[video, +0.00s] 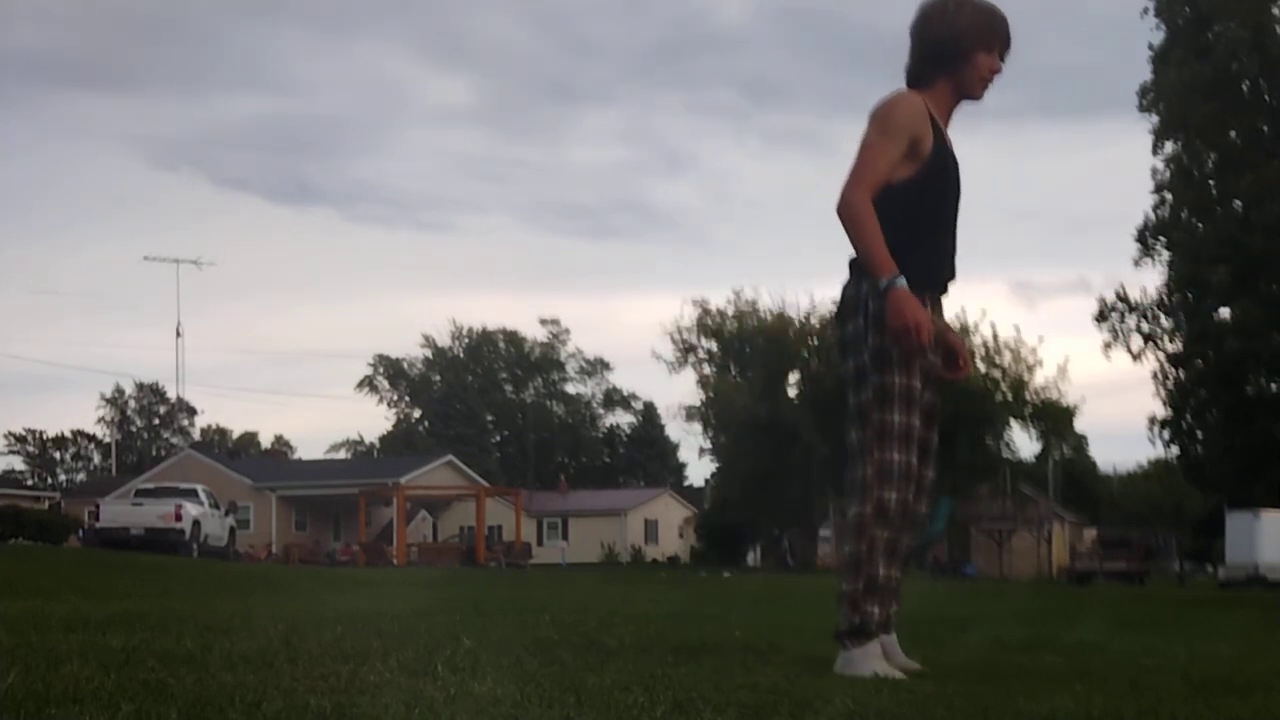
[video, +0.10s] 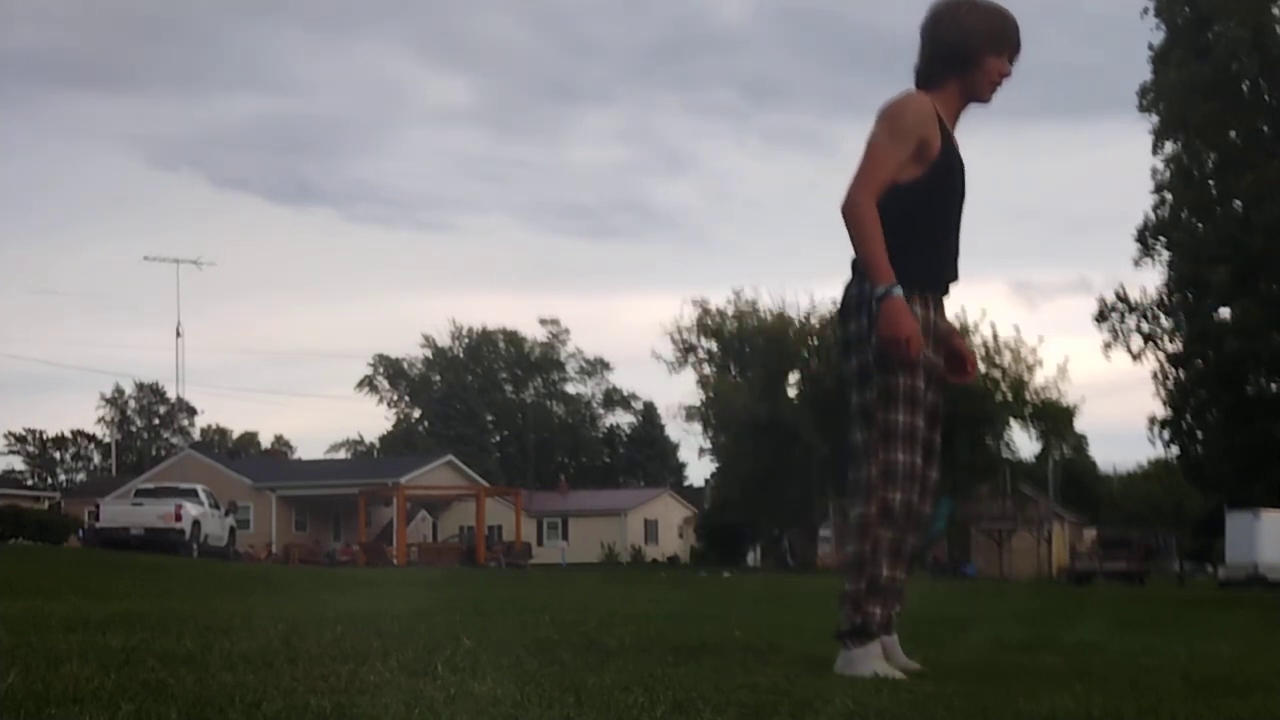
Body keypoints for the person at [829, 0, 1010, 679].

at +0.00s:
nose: (998, 69)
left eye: (1000, 58)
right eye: (992, 55)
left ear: (962, 56)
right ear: (960, 50)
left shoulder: (935, 135)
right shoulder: (905, 110)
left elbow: (914, 245)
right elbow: (853, 203)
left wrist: (939, 326)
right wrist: (893, 287)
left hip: (912, 316)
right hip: (884, 310)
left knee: (909, 475)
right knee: (886, 472)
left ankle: (880, 634)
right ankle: (857, 643)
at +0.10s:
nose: (1007, 73)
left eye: (1009, 62)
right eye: (1002, 59)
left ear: (969, 59)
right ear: (970, 54)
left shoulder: (941, 136)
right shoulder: (914, 111)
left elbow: (918, 246)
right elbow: (858, 204)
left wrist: (945, 328)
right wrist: (890, 298)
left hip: (918, 318)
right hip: (890, 314)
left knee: (914, 480)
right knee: (891, 476)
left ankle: (881, 636)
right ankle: (858, 644)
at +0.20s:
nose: (1020, 81)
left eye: (1023, 70)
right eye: (1015, 66)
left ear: (981, 66)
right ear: (981, 59)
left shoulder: (951, 142)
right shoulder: (925, 116)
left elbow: (915, 257)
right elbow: (861, 203)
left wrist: (952, 335)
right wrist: (881, 302)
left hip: (918, 318)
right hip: (892, 312)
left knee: (917, 481)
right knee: (898, 478)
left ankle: (881, 636)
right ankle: (860, 643)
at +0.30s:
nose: (1039, 99)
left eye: (1043, 89)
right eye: (1035, 84)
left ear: (996, 82)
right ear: (998, 76)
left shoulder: (965, 158)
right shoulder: (940, 125)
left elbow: (921, 281)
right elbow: (866, 205)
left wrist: (968, 354)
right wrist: (876, 302)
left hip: (913, 321)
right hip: (887, 315)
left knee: (929, 472)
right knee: (923, 469)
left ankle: (882, 634)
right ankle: (867, 639)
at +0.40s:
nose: (1062, 131)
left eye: (1066, 120)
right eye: (1059, 116)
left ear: (1033, 113)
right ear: (1025, 107)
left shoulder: (983, 193)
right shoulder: (962, 147)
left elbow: (943, 310)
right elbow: (878, 206)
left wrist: (994, 389)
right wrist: (882, 311)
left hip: (909, 329)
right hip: (879, 317)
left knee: (953, 464)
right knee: (952, 458)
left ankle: (883, 627)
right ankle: (877, 628)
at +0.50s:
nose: (1092, 170)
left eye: (1096, 159)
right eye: (1088, 155)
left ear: (1059, 155)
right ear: (1053, 145)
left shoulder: (999, 252)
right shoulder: (986, 177)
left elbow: (976, 354)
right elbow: (893, 225)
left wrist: (1020, 441)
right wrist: (896, 328)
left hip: (902, 336)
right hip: (876, 322)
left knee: (963, 461)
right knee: (968, 455)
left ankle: (897, 627)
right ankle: (912, 629)